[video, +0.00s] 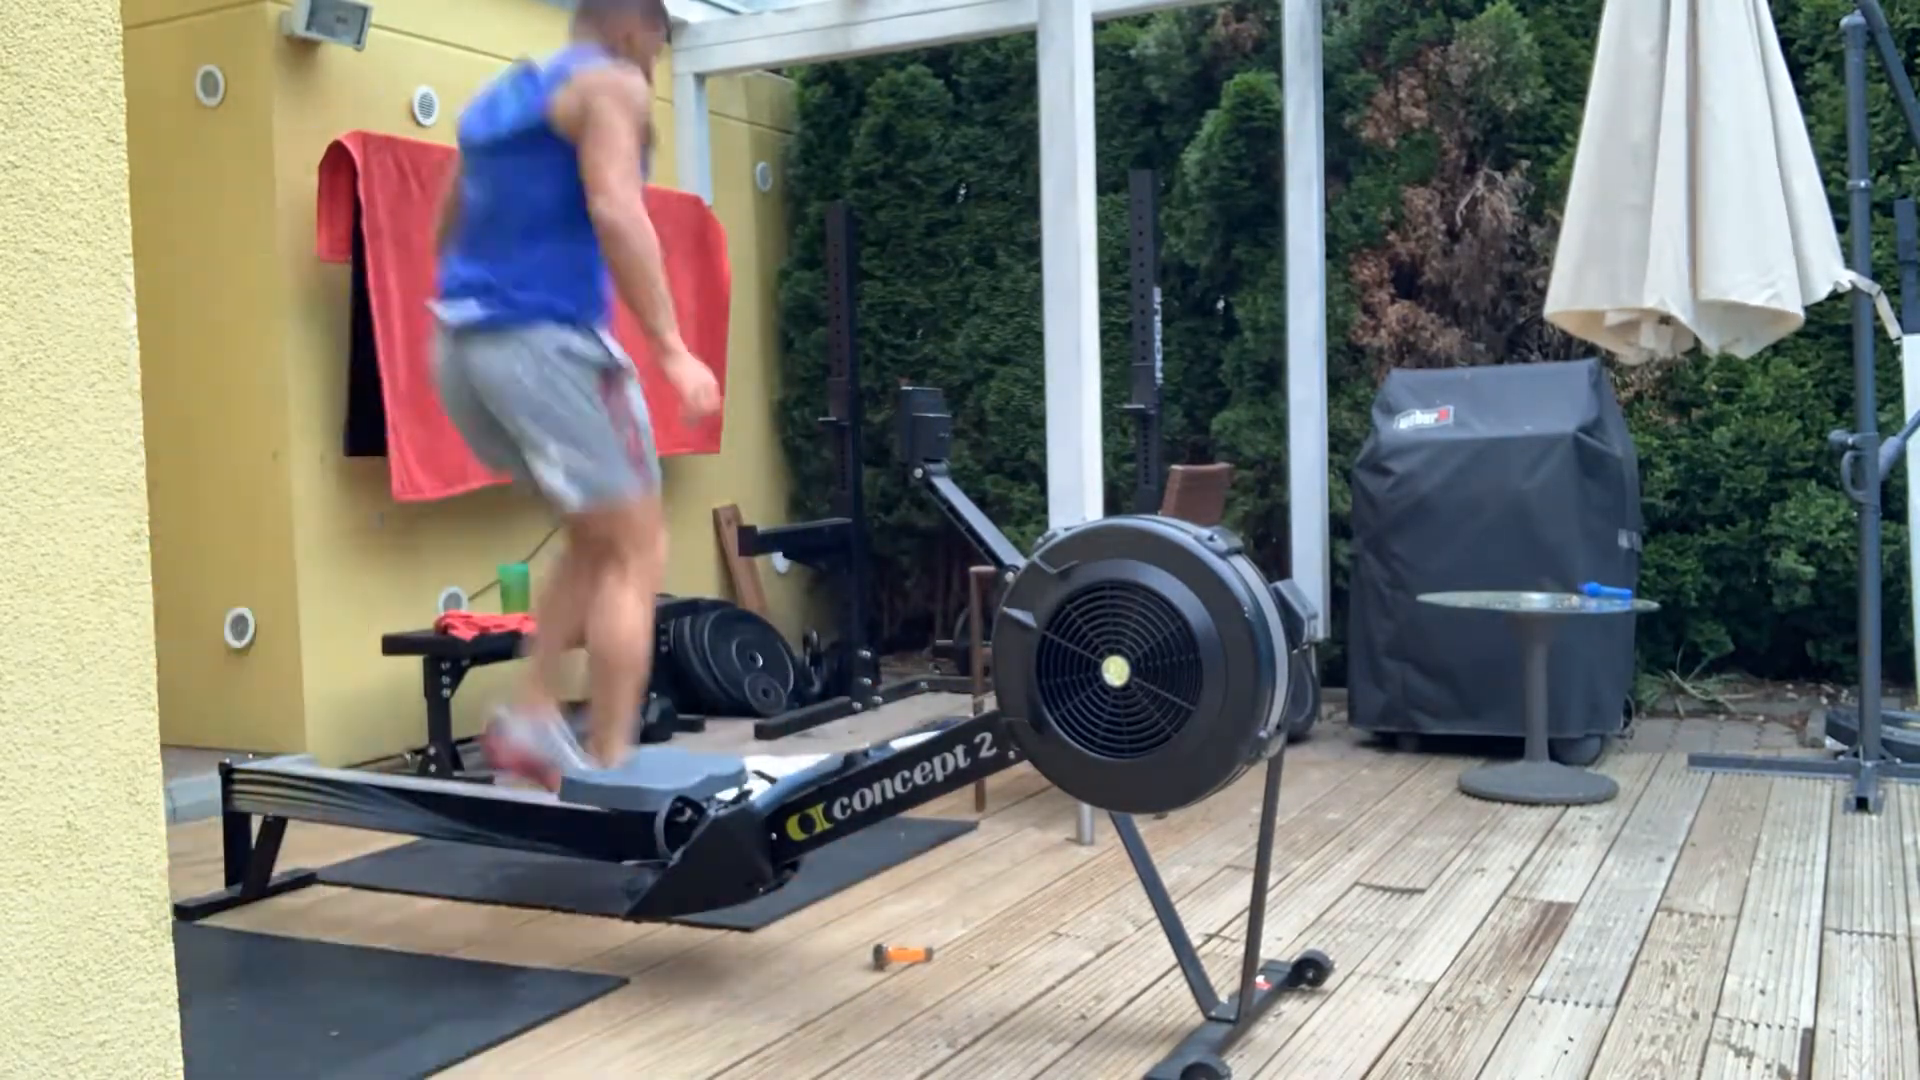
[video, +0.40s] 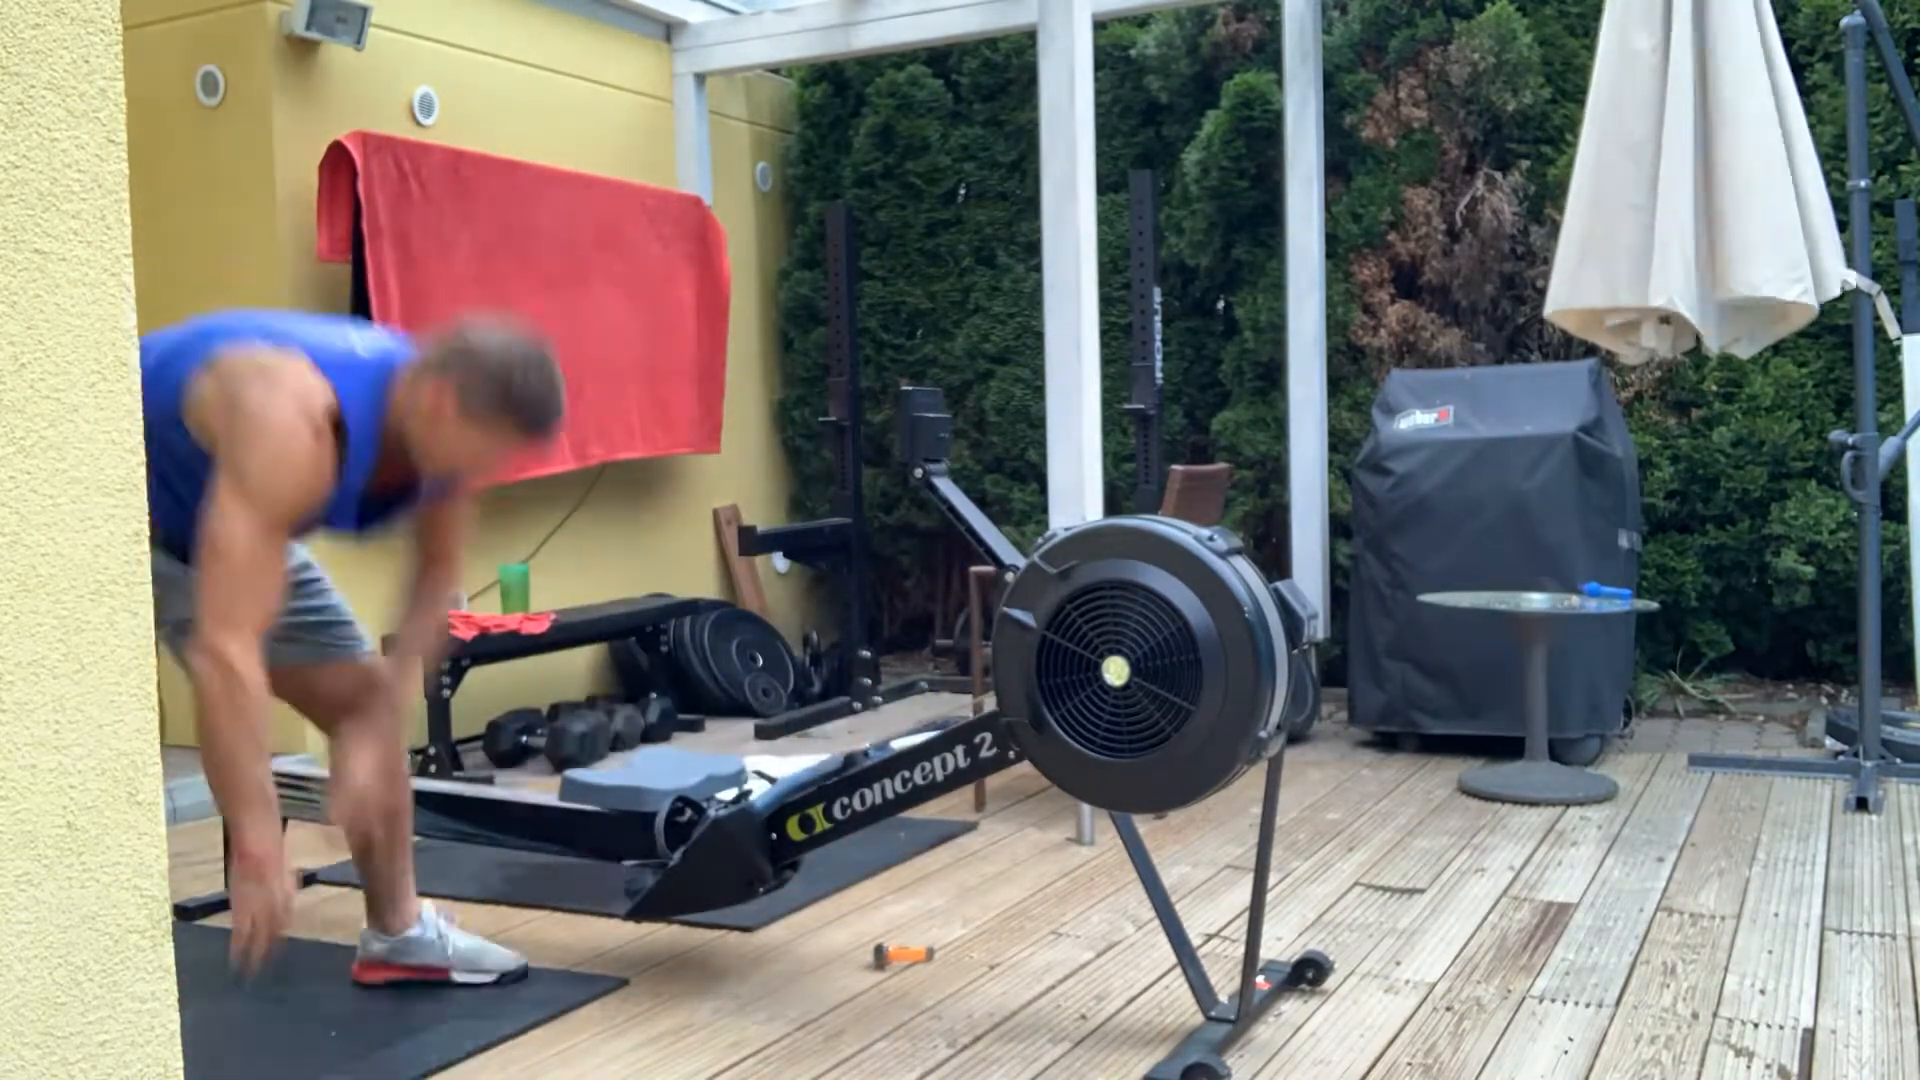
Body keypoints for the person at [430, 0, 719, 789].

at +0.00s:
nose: (658, 49)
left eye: (661, 34)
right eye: (656, 32)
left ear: (585, 19)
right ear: (628, 22)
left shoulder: (498, 96)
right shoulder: (608, 83)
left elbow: (449, 233)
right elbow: (615, 209)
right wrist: (672, 348)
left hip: (465, 352)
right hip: (541, 347)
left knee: (594, 530)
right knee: (637, 544)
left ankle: (531, 715)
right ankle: (609, 770)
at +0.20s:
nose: (422, 16)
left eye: (438, 6)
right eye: (411, 5)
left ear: (468, 5)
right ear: (392, 6)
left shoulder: (523, 79)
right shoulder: (343, 78)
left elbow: (619, 182)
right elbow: (287, 172)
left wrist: (559, 241)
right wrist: (241, 265)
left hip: (510, 359)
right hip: (396, 368)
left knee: (542, 574)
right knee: (436, 592)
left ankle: (590, 781)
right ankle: (488, 760)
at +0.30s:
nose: (442, 537)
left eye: (459, 525)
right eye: (440, 517)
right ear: (404, 465)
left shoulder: (448, 447)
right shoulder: (262, 448)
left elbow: (426, 622)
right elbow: (182, 645)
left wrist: (355, 777)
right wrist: (190, 844)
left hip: (253, 527)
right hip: (139, 526)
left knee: (346, 713)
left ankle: (339, 917)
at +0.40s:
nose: (477, 471)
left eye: (490, 457)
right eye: (476, 448)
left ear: (444, 397)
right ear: (437, 398)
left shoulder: (446, 418)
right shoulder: (284, 418)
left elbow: (438, 570)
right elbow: (225, 650)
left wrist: (380, 731)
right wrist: (256, 850)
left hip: (224, 519)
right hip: (135, 521)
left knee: (364, 702)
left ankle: (396, 927)